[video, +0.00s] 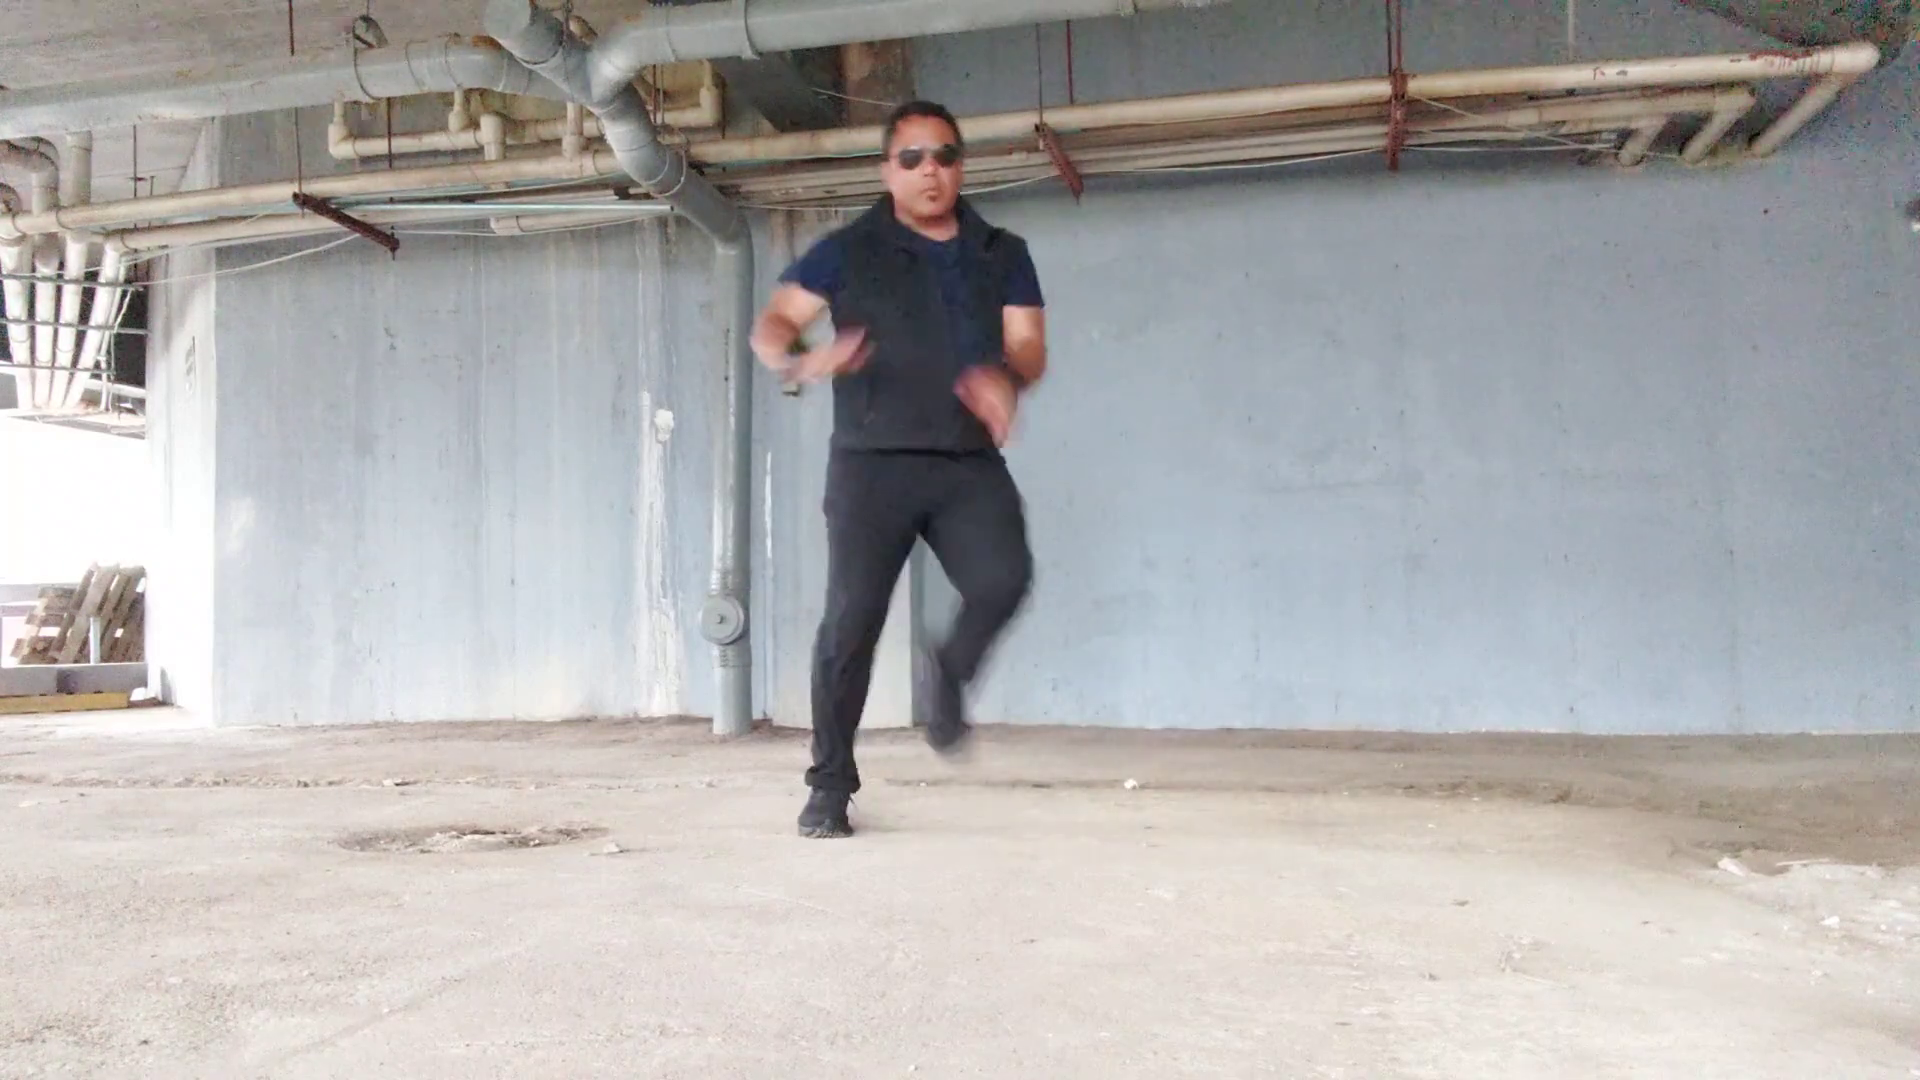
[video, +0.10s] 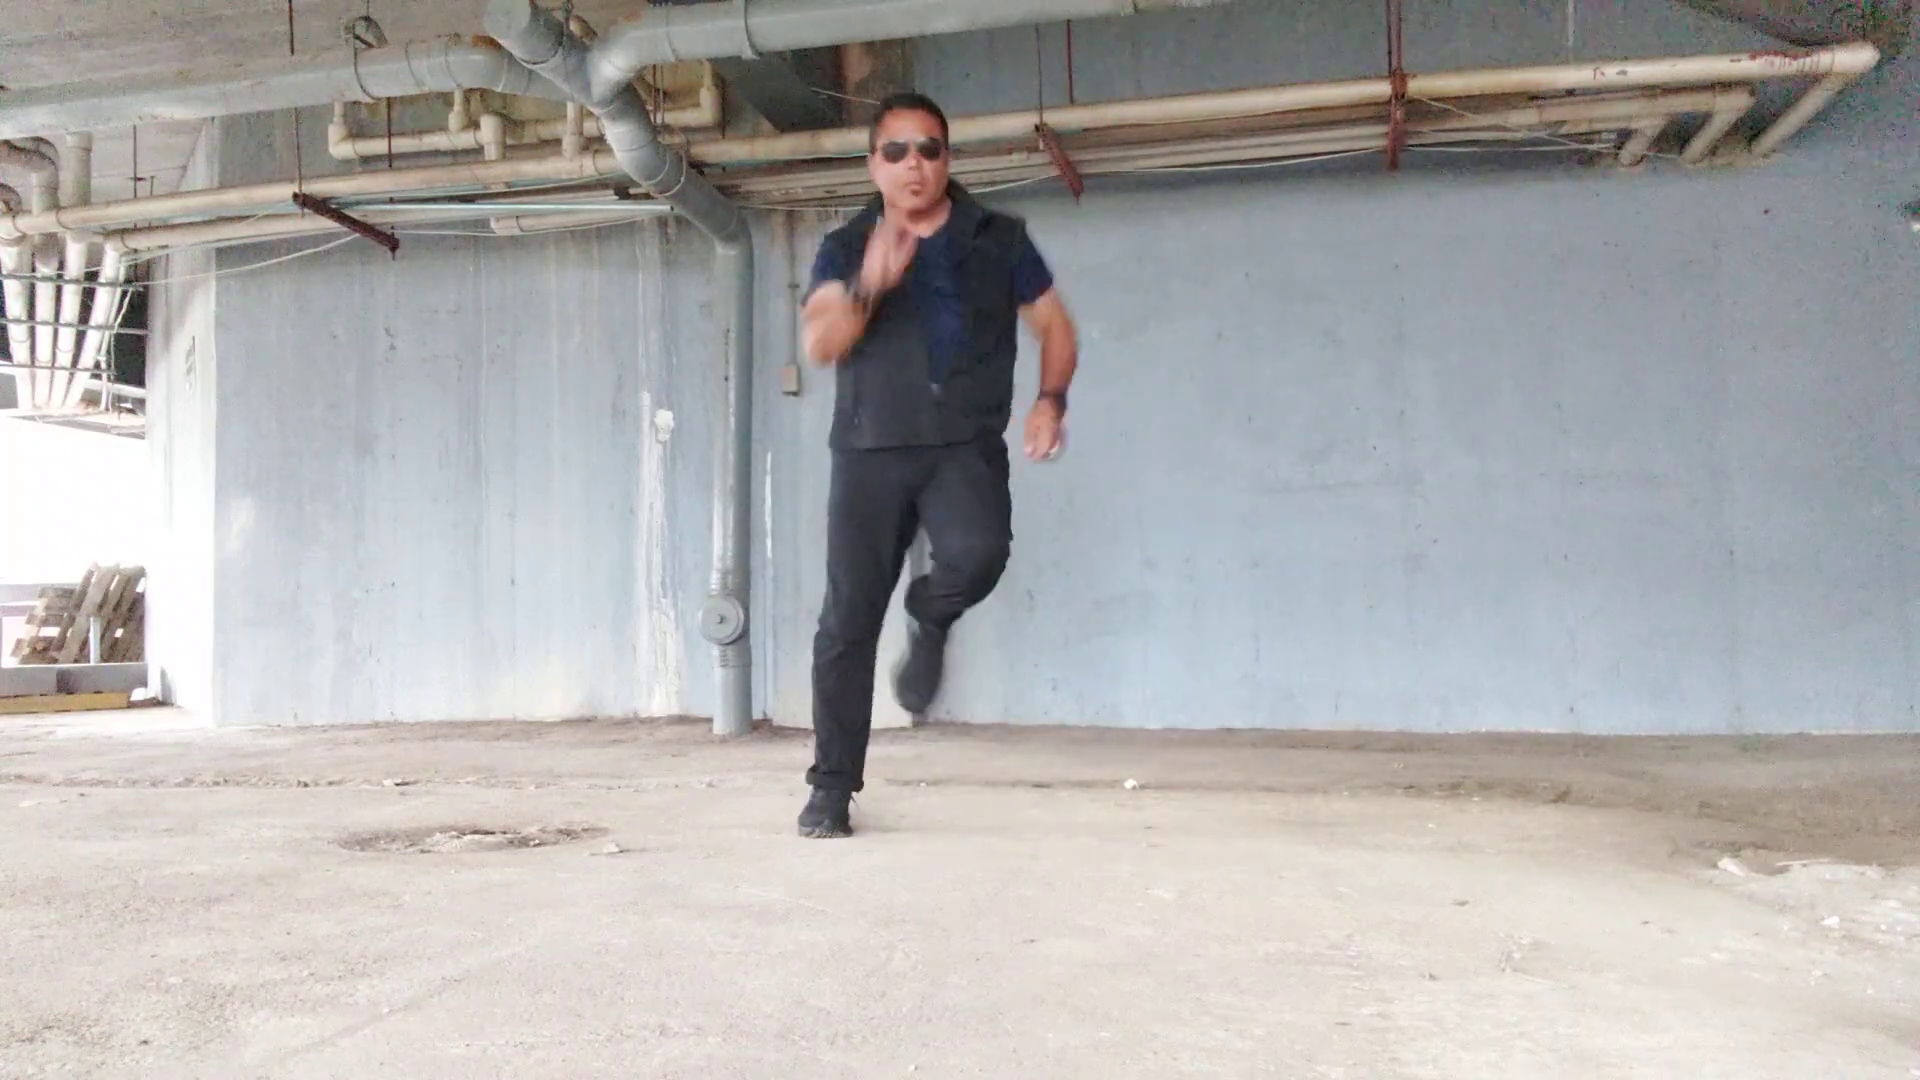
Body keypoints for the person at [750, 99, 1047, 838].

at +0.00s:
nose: (932, 172)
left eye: (945, 156)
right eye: (913, 159)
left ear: (962, 166)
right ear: (886, 171)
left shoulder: (1002, 252)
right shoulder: (850, 250)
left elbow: (1028, 349)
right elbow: (771, 328)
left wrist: (1005, 377)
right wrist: (797, 364)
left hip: (969, 468)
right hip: (872, 468)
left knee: (1002, 582)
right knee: (850, 624)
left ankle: (947, 674)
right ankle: (829, 783)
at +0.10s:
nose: (915, 164)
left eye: (929, 150)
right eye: (898, 152)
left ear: (949, 160)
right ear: (873, 164)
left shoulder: (997, 237)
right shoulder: (847, 245)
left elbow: (1057, 328)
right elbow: (820, 345)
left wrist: (1050, 400)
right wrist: (869, 283)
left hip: (968, 448)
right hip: (871, 451)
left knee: (976, 559)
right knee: (850, 618)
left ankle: (927, 619)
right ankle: (832, 783)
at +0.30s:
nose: (956, 171)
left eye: (972, 155)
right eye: (938, 156)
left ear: (994, 150)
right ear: (912, 154)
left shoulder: (1036, 198)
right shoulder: (882, 207)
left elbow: (1121, 222)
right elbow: (796, 211)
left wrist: (1095, 275)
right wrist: (794, 228)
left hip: (996, 446)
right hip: (899, 448)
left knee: (1019, 619)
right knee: (862, 620)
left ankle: (1038, 802)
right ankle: (832, 784)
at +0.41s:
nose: (979, 177)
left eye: (994, 161)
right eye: (961, 162)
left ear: (1015, 154)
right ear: (934, 157)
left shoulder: (1058, 213)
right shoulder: (900, 213)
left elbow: (1128, 275)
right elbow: (828, 246)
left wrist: (1118, 291)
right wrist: (816, 294)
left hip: (1020, 455)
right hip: (923, 454)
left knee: (1032, 623)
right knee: (885, 606)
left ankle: (1040, 801)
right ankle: (890, 762)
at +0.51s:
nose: (999, 179)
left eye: (1015, 162)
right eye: (981, 163)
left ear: (1037, 158)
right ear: (955, 158)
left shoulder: (1077, 232)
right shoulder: (921, 229)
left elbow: (1105, 340)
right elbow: (874, 324)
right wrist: (885, 372)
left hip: (1038, 460)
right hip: (939, 460)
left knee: (1039, 628)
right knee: (925, 614)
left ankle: (1042, 796)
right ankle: (997, 749)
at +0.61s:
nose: (1009, 162)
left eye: (1025, 148)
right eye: (993, 147)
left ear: (1046, 153)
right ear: (966, 150)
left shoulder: (1083, 225)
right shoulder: (930, 226)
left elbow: (1143, 303)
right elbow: (873, 317)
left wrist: (1129, 398)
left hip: (1053, 453)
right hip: (959, 458)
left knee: (1054, 608)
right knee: (983, 622)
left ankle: (1069, 781)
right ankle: (1022, 775)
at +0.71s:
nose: (1022, 137)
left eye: (1039, 122)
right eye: (1007, 122)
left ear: (1063, 129)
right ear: (983, 127)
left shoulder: (1099, 193)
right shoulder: (943, 188)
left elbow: (1157, 241)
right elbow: (872, 267)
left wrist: (1144, 323)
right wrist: (944, 202)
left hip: (1061, 434)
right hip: (969, 439)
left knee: (1069, 601)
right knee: (1000, 612)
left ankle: (1087, 780)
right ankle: (1027, 775)